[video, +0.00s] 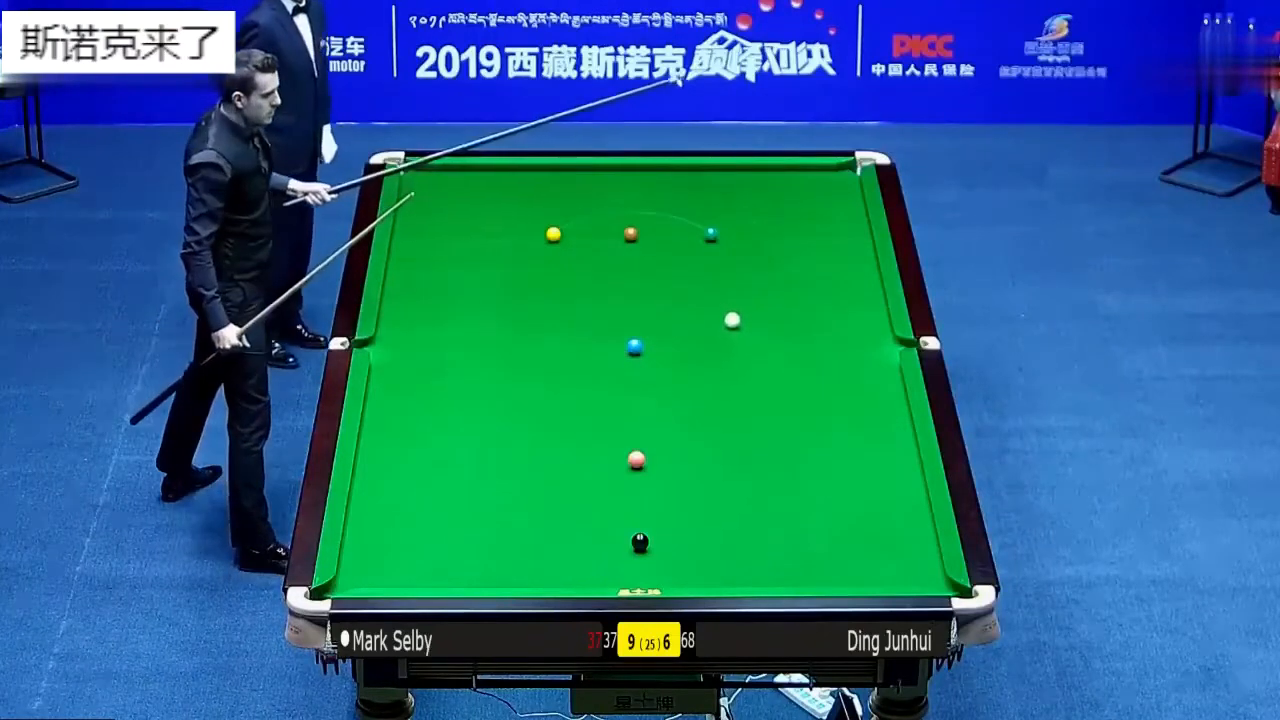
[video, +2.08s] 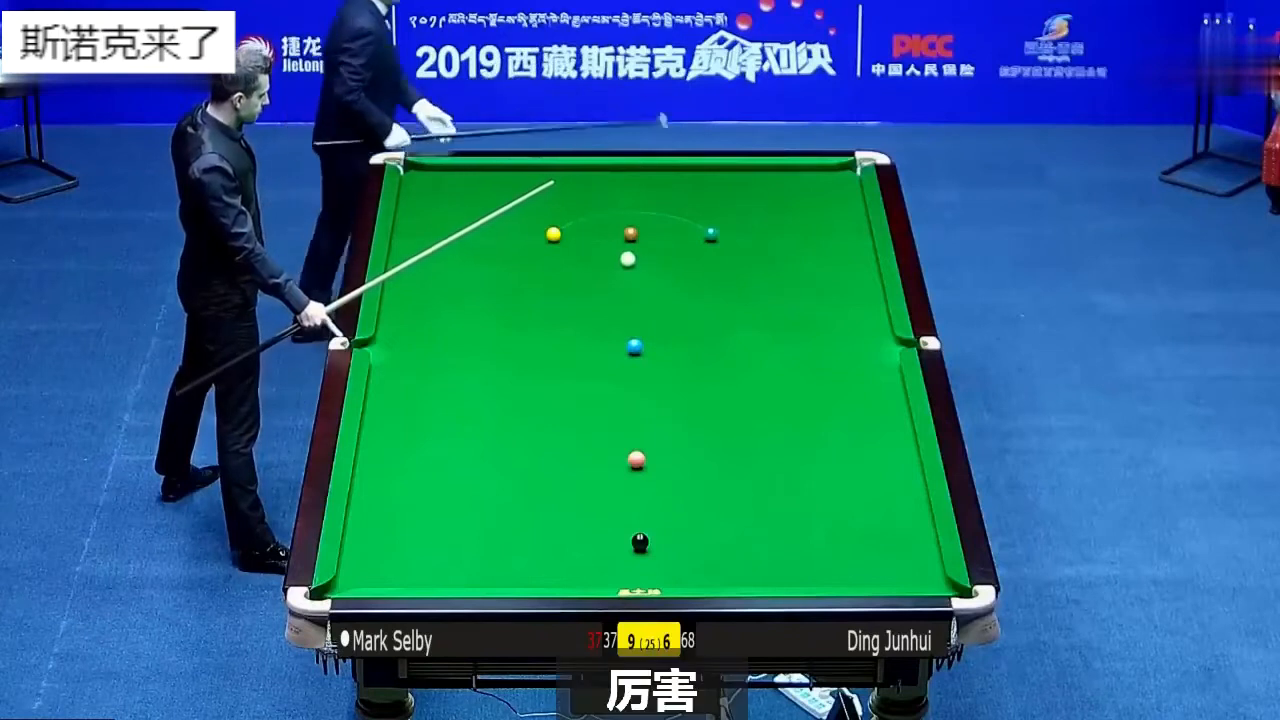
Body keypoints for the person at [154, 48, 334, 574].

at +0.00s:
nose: (276, 103)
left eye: (277, 94)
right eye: (269, 96)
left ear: (250, 94)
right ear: (240, 97)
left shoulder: (240, 123)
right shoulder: (214, 158)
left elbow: (248, 182)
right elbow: (196, 247)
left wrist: (294, 188)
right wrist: (217, 321)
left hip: (238, 286)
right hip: (233, 296)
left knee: (201, 381)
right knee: (251, 422)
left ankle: (176, 473)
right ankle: (254, 545)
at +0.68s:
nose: (268, 95)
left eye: (267, 86)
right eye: (262, 87)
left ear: (236, 88)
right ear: (235, 92)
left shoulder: (222, 121)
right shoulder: (210, 162)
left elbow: (228, 185)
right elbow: (236, 245)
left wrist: (265, 188)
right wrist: (291, 301)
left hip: (219, 284)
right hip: (228, 296)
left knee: (199, 375)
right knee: (242, 422)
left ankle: (176, 470)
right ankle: (253, 545)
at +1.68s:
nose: (267, 97)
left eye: (267, 88)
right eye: (261, 89)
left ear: (230, 89)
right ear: (235, 93)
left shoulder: (203, 120)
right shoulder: (213, 164)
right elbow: (245, 246)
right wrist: (301, 301)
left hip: (208, 281)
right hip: (225, 295)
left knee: (195, 379)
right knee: (239, 425)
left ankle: (175, 472)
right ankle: (253, 546)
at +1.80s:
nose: (267, 100)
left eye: (267, 91)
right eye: (262, 92)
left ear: (229, 89)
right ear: (237, 94)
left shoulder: (202, 121)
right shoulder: (212, 165)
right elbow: (246, 247)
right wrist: (302, 301)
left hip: (206, 281)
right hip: (226, 296)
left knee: (193, 379)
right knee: (240, 425)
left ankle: (175, 472)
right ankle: (253, 546)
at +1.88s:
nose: (266, 100)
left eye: (266, 91)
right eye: (261, 92)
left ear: (228, 90)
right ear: (236, 95)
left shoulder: (201, 122)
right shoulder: (212, 165)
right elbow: (245, 246)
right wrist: (301, 301)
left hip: (206, 282)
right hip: (226, 297)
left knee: (192, 379)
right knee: (239, 425)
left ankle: (175, 473)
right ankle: (253, 546)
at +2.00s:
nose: (267, 102)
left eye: (267, 93)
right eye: (262, 94)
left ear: (229, 92)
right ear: (235, 96)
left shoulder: (200, 121)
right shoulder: (212, 166)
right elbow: (245, 247)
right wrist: (300, 302)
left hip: (206, 284)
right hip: (226, 299)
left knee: (192, 379)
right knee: (239, 426)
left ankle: (175, 472)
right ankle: (253, 546)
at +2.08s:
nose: (267, 103)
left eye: (267, 94)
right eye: (262, 95)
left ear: (228, 93)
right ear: (237, 98)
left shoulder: (200, 122)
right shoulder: (211, 169)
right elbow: (245, 248)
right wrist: (301, 301)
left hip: (206, 284)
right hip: (226, 298)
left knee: (192, 379)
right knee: (239, 426)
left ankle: (175, 472)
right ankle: (253, 546)